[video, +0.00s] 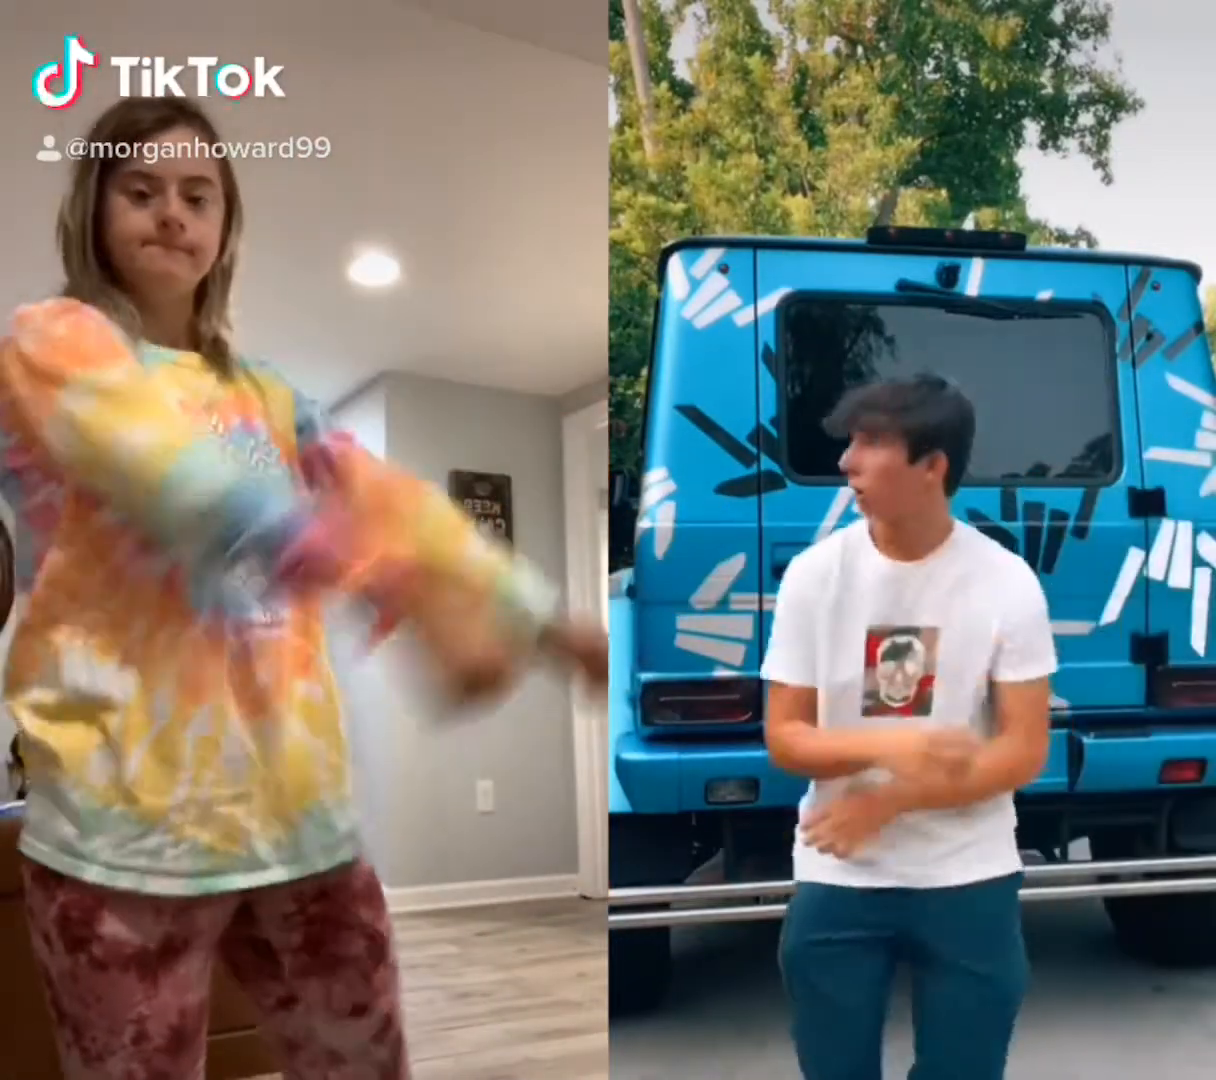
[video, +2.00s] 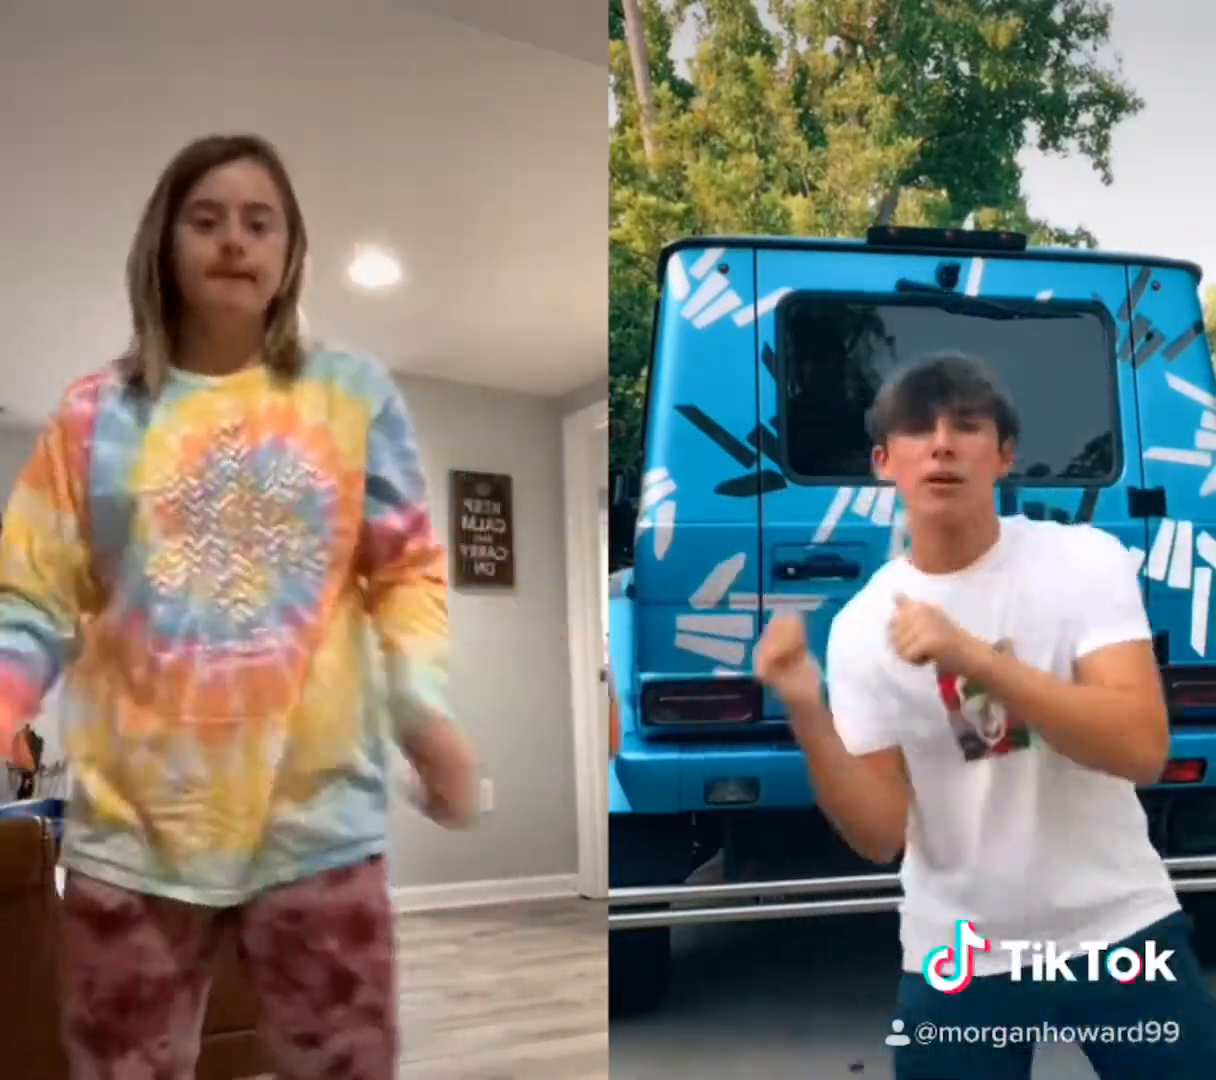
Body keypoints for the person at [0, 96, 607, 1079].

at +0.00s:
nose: (170, 216)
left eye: (197, 196)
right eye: (141, 191)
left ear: (226, 228)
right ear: (94, 214)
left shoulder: (264, 397)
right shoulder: (51, 340)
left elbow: (398, 511)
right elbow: (194, 488)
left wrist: (537, 619)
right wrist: (405, 595)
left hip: (293, 820)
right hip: (116, 832)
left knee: (360, 1065)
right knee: (137, 1070)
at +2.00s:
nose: (234, 241)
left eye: (261, 221)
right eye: (206, 219)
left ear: (291, 253)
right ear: (165, 246)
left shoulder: (357, 399)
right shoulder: (99, 413)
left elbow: (407, 573)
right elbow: (33, 604)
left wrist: (421, 709)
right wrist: (5, 720)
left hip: (319, 831)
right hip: (132, 836)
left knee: (346, 1065)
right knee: (122, 1069)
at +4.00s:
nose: (200, 259)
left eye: (225, 242)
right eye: (174, 243)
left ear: (261, 272)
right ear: (141, 276)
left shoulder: (333, 388)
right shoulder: (100, 442)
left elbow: (370, 541)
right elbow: (72, 586)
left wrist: (206, 613)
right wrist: (47, 638)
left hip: (310, 800)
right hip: (144, 815)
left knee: (373, 1055)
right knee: (120, 1062)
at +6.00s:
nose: (264, 274)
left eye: (286, 255)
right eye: (237, 253)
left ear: (312, 281)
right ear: (198, 276)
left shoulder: (340, 427)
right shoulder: (145, 366)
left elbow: (343, 596)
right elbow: (120, 530)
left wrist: (340, 707)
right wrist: (209, 672)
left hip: (328, 790)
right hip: (169, 793)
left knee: (362, 1054)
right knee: (156, 1060)